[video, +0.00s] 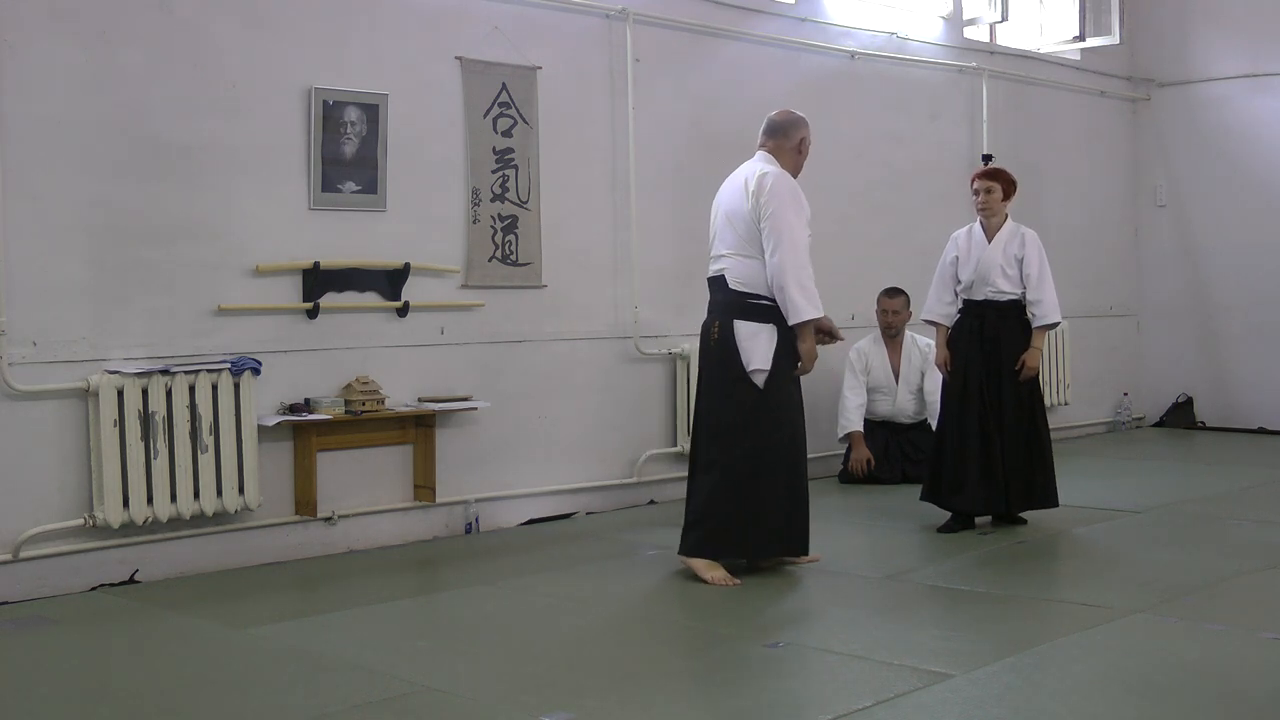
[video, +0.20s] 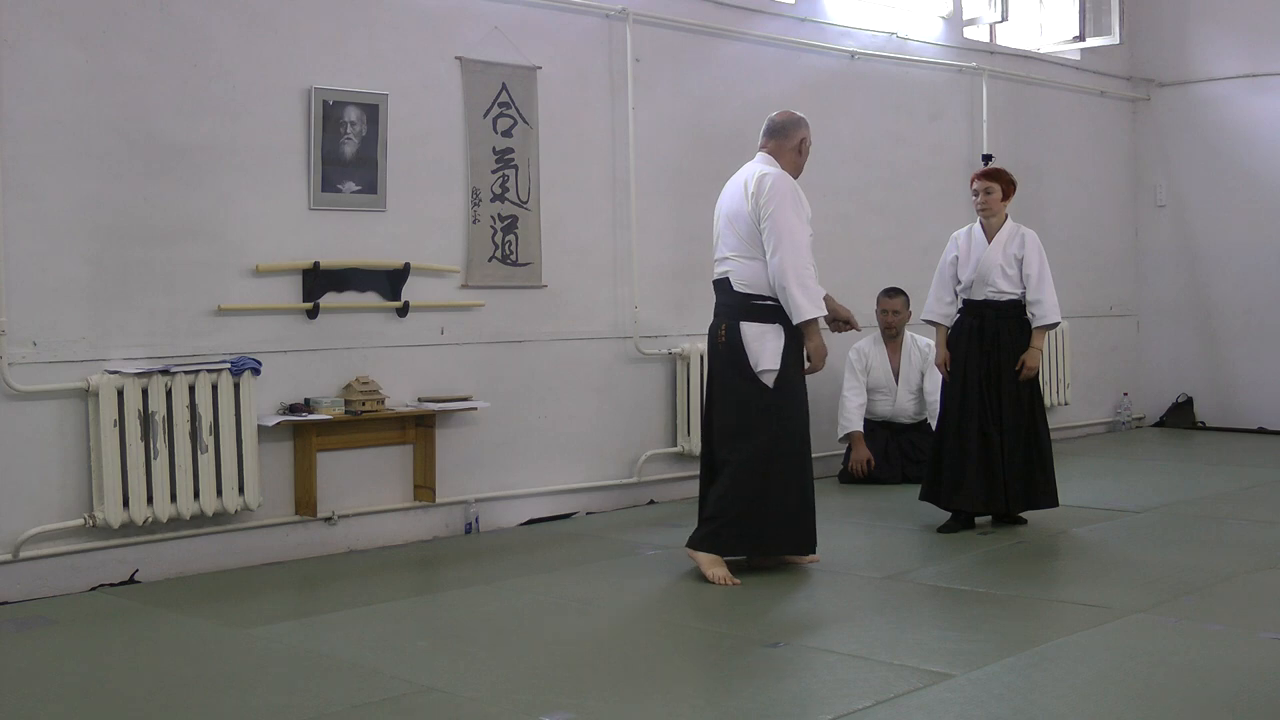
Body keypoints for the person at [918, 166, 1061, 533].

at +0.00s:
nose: (981, 199)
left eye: (989, 192)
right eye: (976, 193)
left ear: (1006, 197)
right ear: (972, 198)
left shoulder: (1024, 238)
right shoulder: (960, 239)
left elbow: (1041, 295)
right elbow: (944, 292)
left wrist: (1036, 346)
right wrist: (940, 342)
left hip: (1011, 331)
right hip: (969, 332)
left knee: (1011, 415)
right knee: (964, 416)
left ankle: (1007, 506)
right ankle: (963, 509)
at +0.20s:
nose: (981, 199)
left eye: (989, 193)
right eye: (976, 193)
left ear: (1006, 197)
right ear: (972, 198)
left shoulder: (1024, 238)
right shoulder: (960, 239)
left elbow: (1041, 295)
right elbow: (943, 292)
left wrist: (1036, 346)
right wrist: (940, 343)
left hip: (1011, 331)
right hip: (969, 332)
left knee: (1010, 415)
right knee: (964, 416)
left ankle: (1006, 506)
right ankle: (963, 509)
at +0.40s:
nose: (980, 200)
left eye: (988, 193)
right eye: (976, 194)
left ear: (1006, 197)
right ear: (972, 199)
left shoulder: (1025, 239)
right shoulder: (961, 239)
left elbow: (1042, 295)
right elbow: (944, 291)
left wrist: (1032, 340)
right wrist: (940, 341)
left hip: (1011, 331)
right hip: (969, 331)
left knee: (1010, 415)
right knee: (964, 415)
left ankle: (1006, 506)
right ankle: (963, 509)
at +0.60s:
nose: (980, 202)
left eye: (987, 196)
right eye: (975, 197)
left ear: (1006, 200)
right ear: (971, 201)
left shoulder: (1026, 241)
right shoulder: (961, 241)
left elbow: (1049, 295)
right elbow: (942, 290)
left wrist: (1015, 318)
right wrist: (927, 317)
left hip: (1012, 333)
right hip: (969, 332)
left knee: (1010, 415)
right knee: (960, 415)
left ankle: (1008, 506)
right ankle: (957, 508)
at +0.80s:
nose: (973, 210)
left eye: (980, 203)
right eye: (969, 205)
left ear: (999, 205)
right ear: (965, 209)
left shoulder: (1020, 246)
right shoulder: (957, 243)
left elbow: (1038, 298)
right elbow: (924, 272)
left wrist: (999, 303)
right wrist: (896, 286)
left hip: (1005, 339)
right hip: (964, 338)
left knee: (1006, 420)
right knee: (948, 418)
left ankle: (1007, 506)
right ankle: (916, 505)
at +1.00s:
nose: (954, 210)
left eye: (962, 203)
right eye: (949, 204)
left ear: (981, 207)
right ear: (945, 208)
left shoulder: (1000, 249)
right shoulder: (937, 244)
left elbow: (1014, 302)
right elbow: (901, 273)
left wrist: (972, 305)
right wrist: (868, 287)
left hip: (986, 345)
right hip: (943, 345)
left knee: (995, 424)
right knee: (926, 426)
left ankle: (1003, 508)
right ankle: (897, 515)